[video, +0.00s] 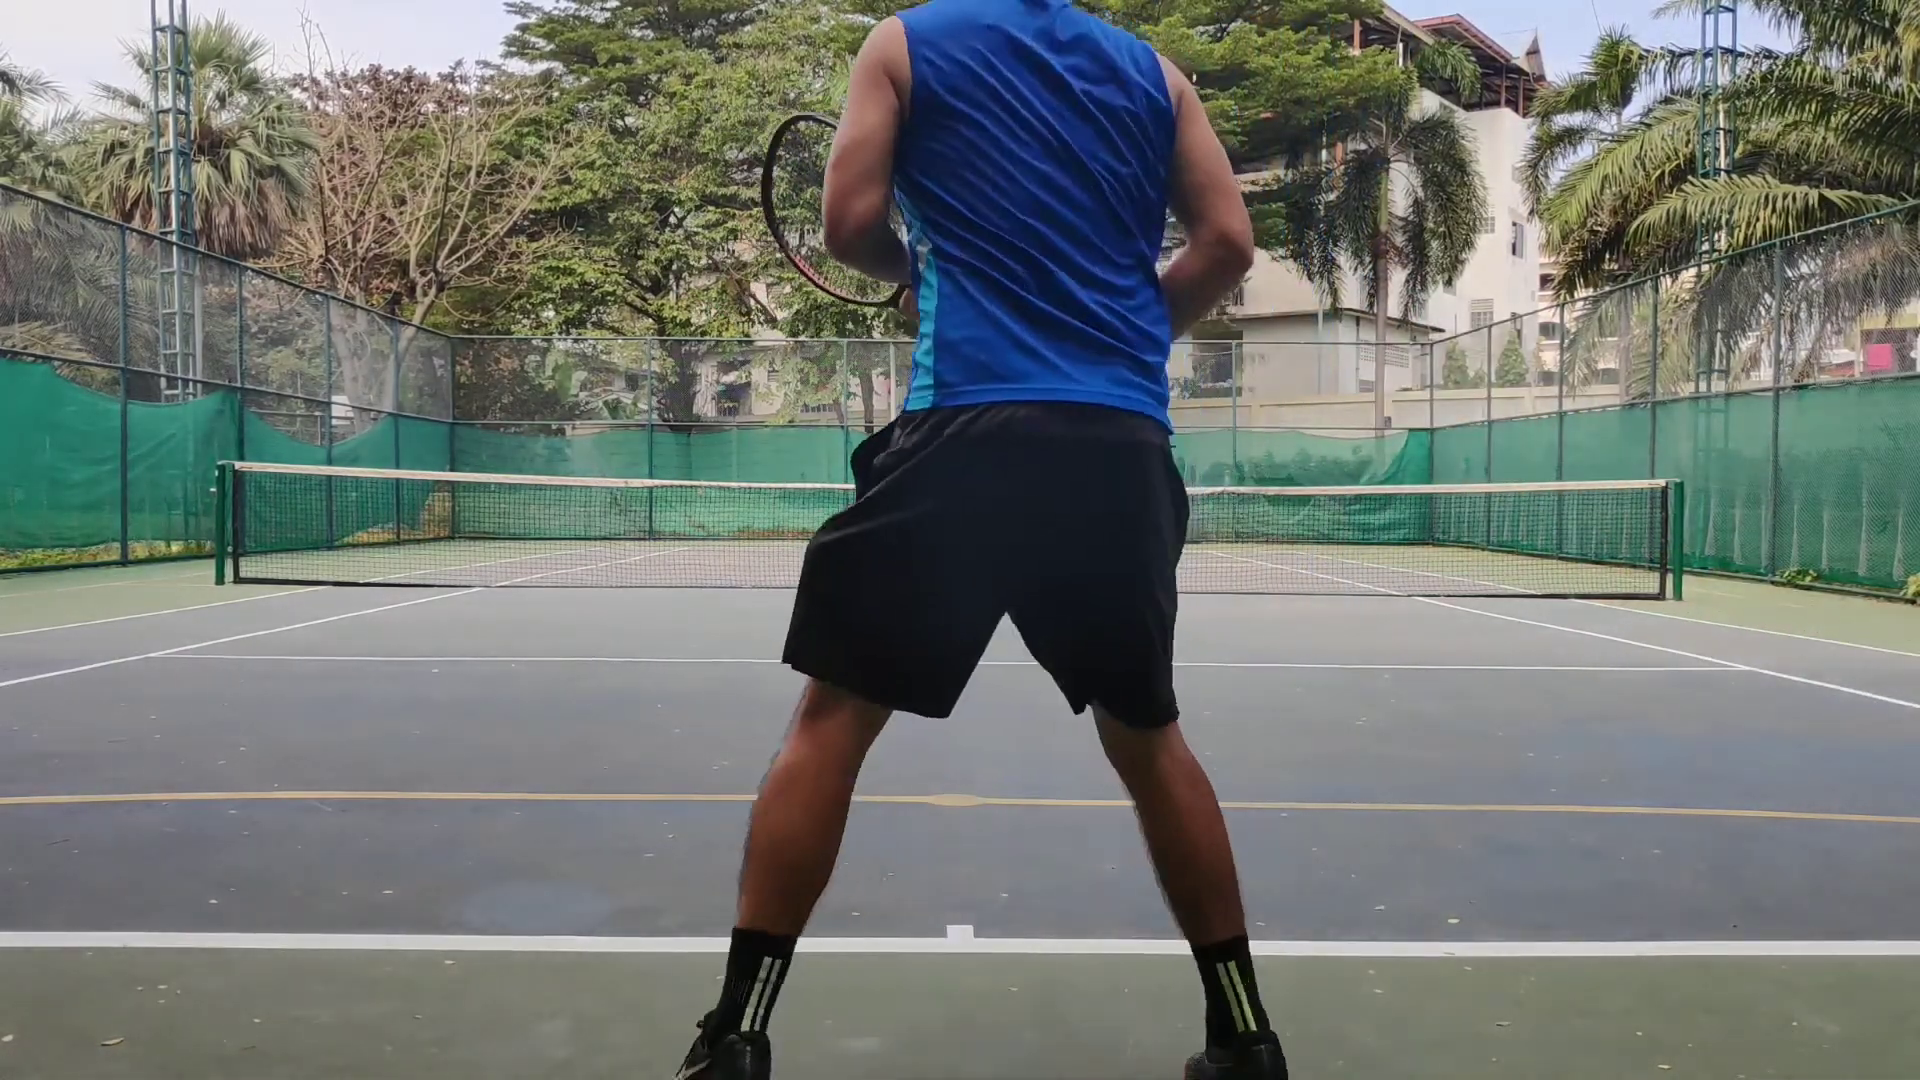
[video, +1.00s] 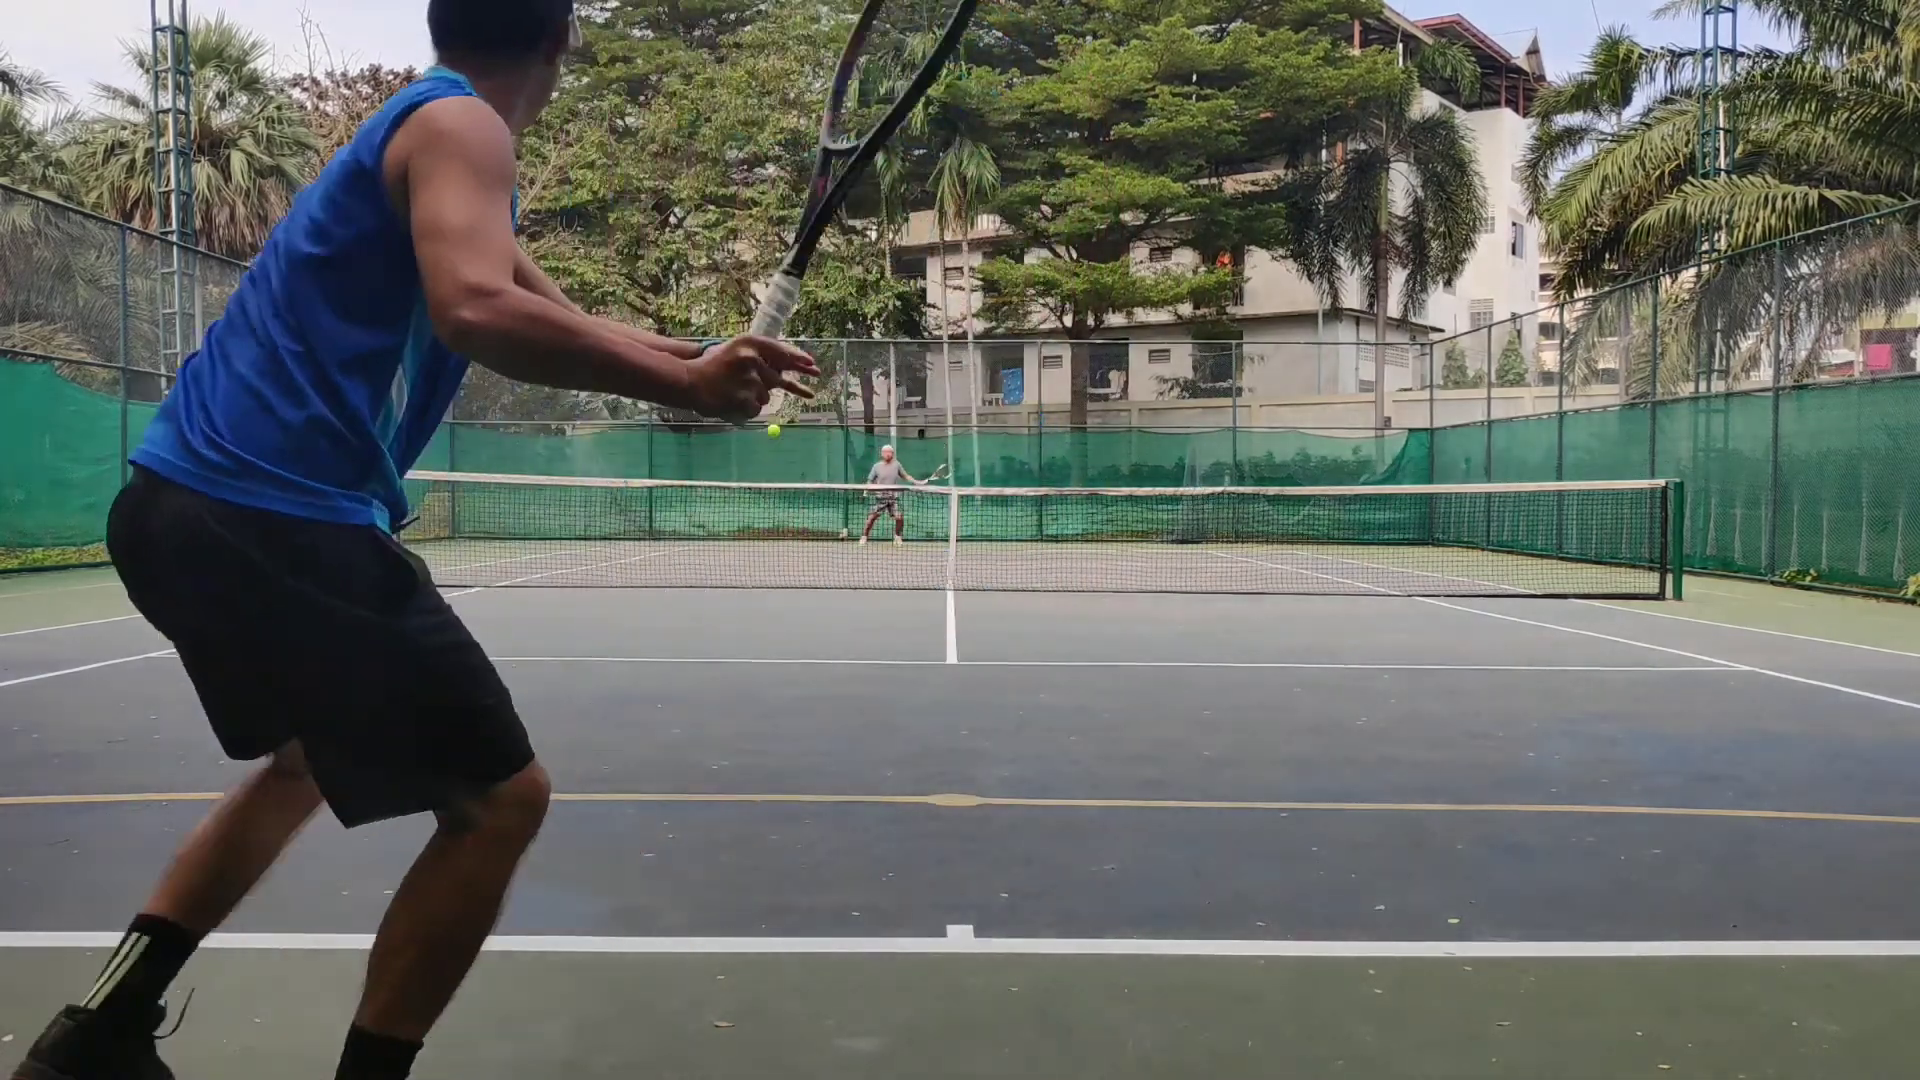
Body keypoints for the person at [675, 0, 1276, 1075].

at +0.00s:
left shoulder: (907, 40)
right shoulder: (1154, 70)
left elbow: (848, 225)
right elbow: (1228, 239)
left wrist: (917, 266)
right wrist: (1139, 317)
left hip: (959, 452)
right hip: (1118, 460)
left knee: (829, 726)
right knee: (1151, 738)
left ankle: (738, 1031)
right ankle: (1243, 1028)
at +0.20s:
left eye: (910, 16)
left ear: (910, 21)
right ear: (1024, 29)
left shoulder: (837, 132)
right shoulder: (1093, 154)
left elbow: (768, 305)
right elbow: (1151, 337)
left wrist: (857, 337)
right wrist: (1058, 421)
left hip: (879, 540)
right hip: (1043, 547)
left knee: (763, 792)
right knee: (1120, 782)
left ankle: (655, 1064)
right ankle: (1247, 1047)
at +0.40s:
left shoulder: (783, 26)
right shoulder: (1047, 58)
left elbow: (689, 179)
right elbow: (1086, 245)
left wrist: (789, 238)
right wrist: (990, 329)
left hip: (796, 440)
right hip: (968, 453)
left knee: (693, 732)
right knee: (1069, 725)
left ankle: (583, 1029)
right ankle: (1163, 1028)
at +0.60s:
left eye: (802, 39)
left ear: (795, 57)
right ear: (908, 66)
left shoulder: (708, 165)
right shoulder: (972, 178)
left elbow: (610, 338)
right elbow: (1010, 382)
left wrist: (706, 385)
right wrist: (928, 464)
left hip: (717, 566)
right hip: (899, 582)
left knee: (630, 799)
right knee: (1028, 822)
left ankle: (529, 1061)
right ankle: (1120, 1072)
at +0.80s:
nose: (756, 85)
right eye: (755, 65)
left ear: (636, 53)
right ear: (747, 67)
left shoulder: (563, 149)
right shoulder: (721, 160)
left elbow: (579, 371)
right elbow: (734, 360)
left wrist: (732, 416)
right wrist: (747, 512)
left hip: (440, 527)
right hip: (596, 533)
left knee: (558, 783)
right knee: (803, 777)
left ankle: (542, 1064)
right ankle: (872, 1067)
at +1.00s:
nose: (568, 63)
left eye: (566, 45)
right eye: (570, 42)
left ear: (447, 32)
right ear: (558, 44)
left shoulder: (404, 126)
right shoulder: (460, 126)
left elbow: (529, 305)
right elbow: (475, 306)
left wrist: (689, 367)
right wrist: (676, 378)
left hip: (178, 500)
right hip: (287, 523)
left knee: (316, 750)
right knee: (502, 801)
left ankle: (111, 1021)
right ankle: (370, 1070)